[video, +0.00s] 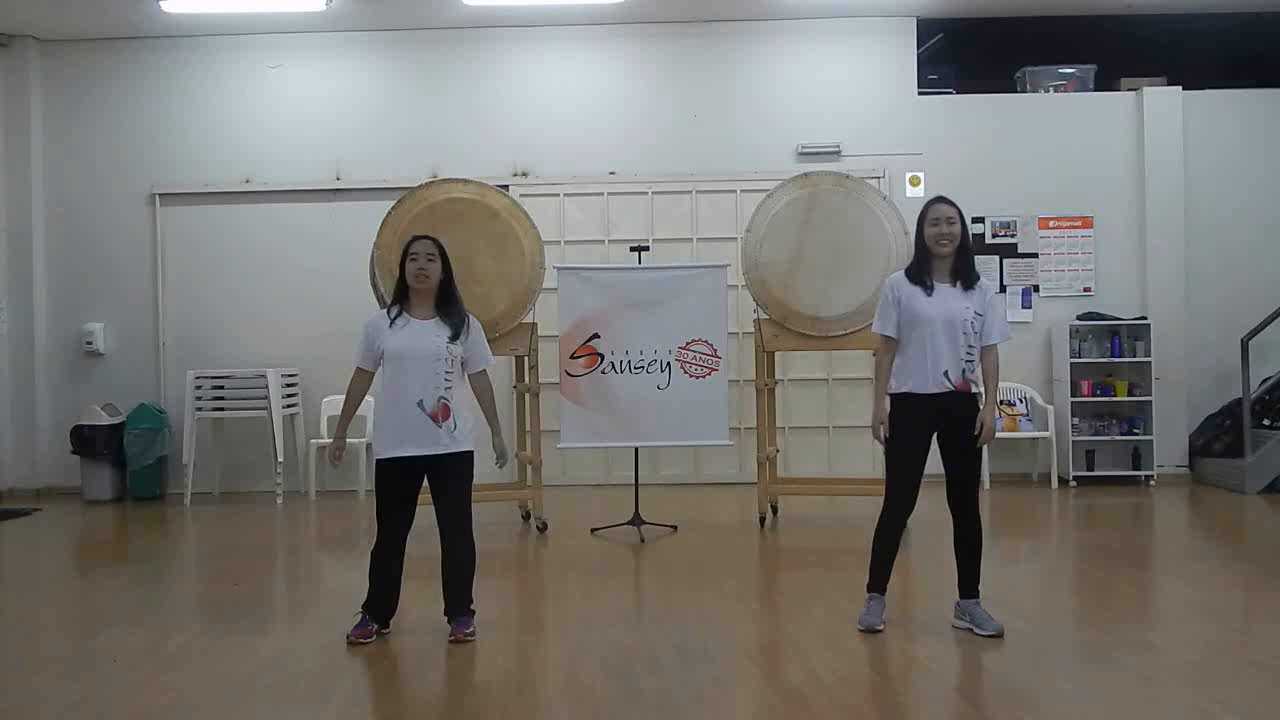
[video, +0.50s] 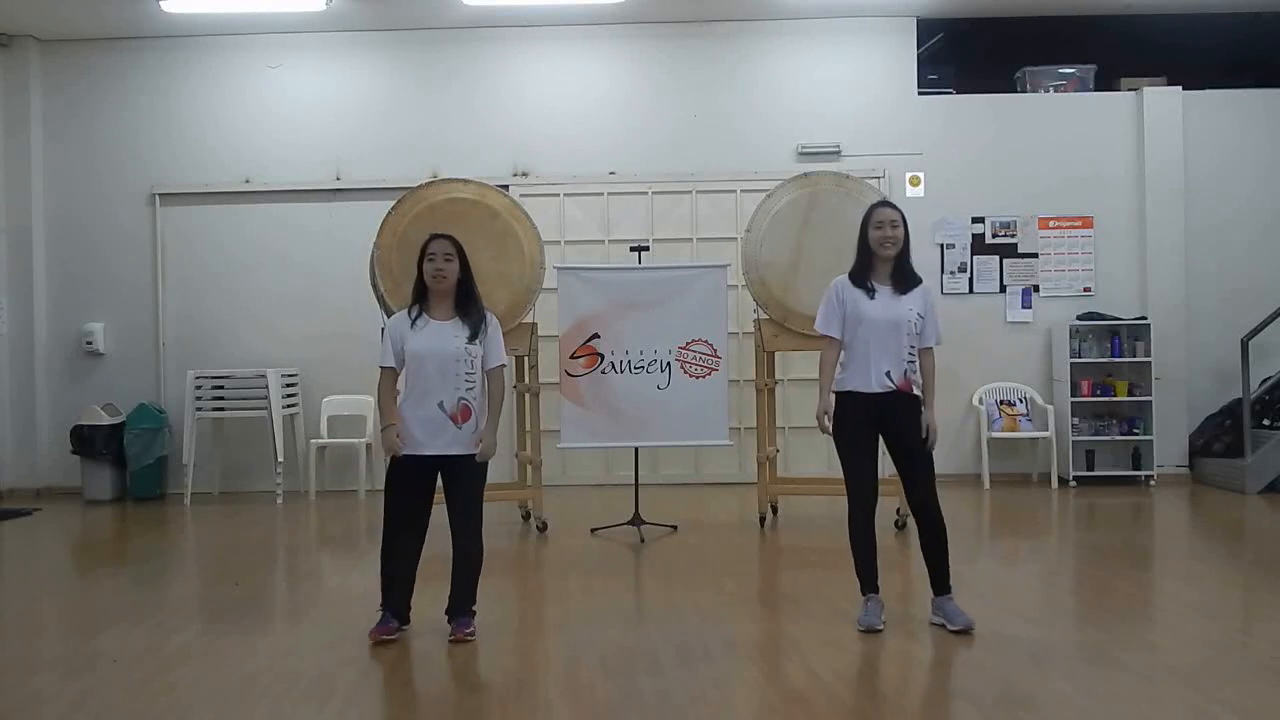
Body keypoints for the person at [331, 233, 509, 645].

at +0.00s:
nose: (421, 265)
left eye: (430, 259)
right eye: (413, 258)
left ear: (444, 270)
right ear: (403, 269)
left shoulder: (464, 325)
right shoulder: (380, 325)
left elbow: (480, 380)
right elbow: (361, 378)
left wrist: (498, 434)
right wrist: (340, 434)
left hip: (452, 447)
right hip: (396, 449)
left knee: (457, 534)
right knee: (389, 536)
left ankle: (461, 614)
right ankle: (375, 615)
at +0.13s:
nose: (428, 266)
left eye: (437, 260)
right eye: (420, 259)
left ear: (450, 270)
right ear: (409, 269)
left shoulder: (470, 325)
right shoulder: (387, 325)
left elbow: (485, 381)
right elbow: (371, 380)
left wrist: (500, 436)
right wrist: (352, 437)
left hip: (458, 448)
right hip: (403, 449)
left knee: (461, 535)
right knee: (392, 536)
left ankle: (461, 614)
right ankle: (376, 615)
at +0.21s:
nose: (431, 266)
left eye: (440, 260)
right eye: (423, 259)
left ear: (453, 270)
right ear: (412, 269)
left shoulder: (474, 324)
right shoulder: (390, 324)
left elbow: (487, 380)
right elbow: (376, 380)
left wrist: (499, 433)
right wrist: (361, 434)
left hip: (462, 447)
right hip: (406, 448)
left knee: (463, 535)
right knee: (394, 535)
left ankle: (461, 614)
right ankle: (376, 615)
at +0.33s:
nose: (436, 267)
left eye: (445, 260)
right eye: (429, 260)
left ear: (459, 269)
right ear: (418, 269)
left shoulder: (480, 324)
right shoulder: (397, 324)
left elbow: (491, 380)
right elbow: (384, 381)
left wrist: (493, 428)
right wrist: (382, 428)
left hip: (465, 446)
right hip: (411, 447)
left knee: (467, 536)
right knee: (396, 535)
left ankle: (462, 614)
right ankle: (376, 615)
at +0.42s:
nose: (439, 266)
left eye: (447, 260)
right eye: (431, 260)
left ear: (462, 268)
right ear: (420, 269)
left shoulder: (483, 323)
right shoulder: (400, 324)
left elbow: (495, 382)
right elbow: (387, 381)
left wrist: (490, 431)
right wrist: (389, 424)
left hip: (466, 448)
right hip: (413, 447)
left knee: (467, 536)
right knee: (398, 533)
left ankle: (462, 614)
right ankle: (385, 613)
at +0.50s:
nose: (439, 265)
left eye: (448, 259)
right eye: (431, 259)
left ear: (462, 269)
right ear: (421, 268)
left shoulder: (484, 322)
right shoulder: (399, 324)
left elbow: (496, 381)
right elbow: (388, 381)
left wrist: (490, 429)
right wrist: (390, 425)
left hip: (466, 448)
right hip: (412, 448)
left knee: (467, 537)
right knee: (401, 534)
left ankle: (462, 615)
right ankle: (393, 613)